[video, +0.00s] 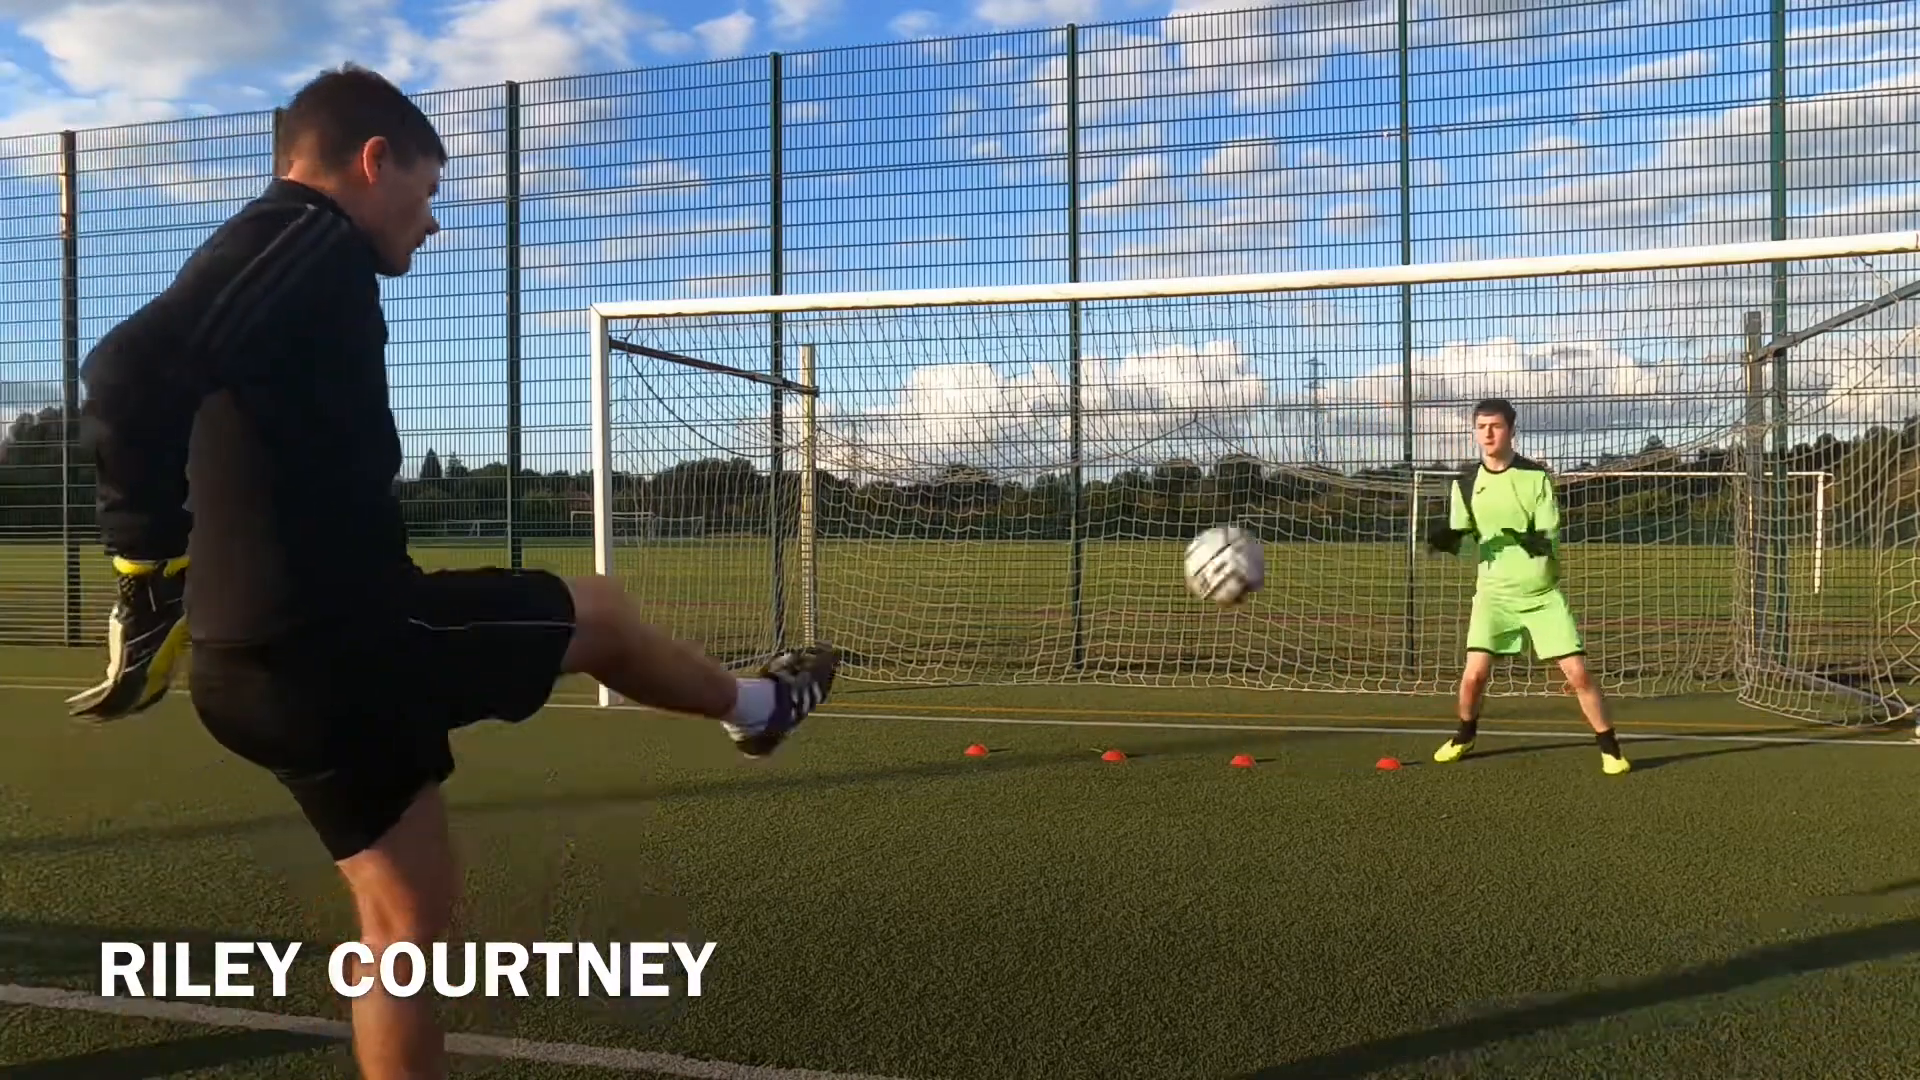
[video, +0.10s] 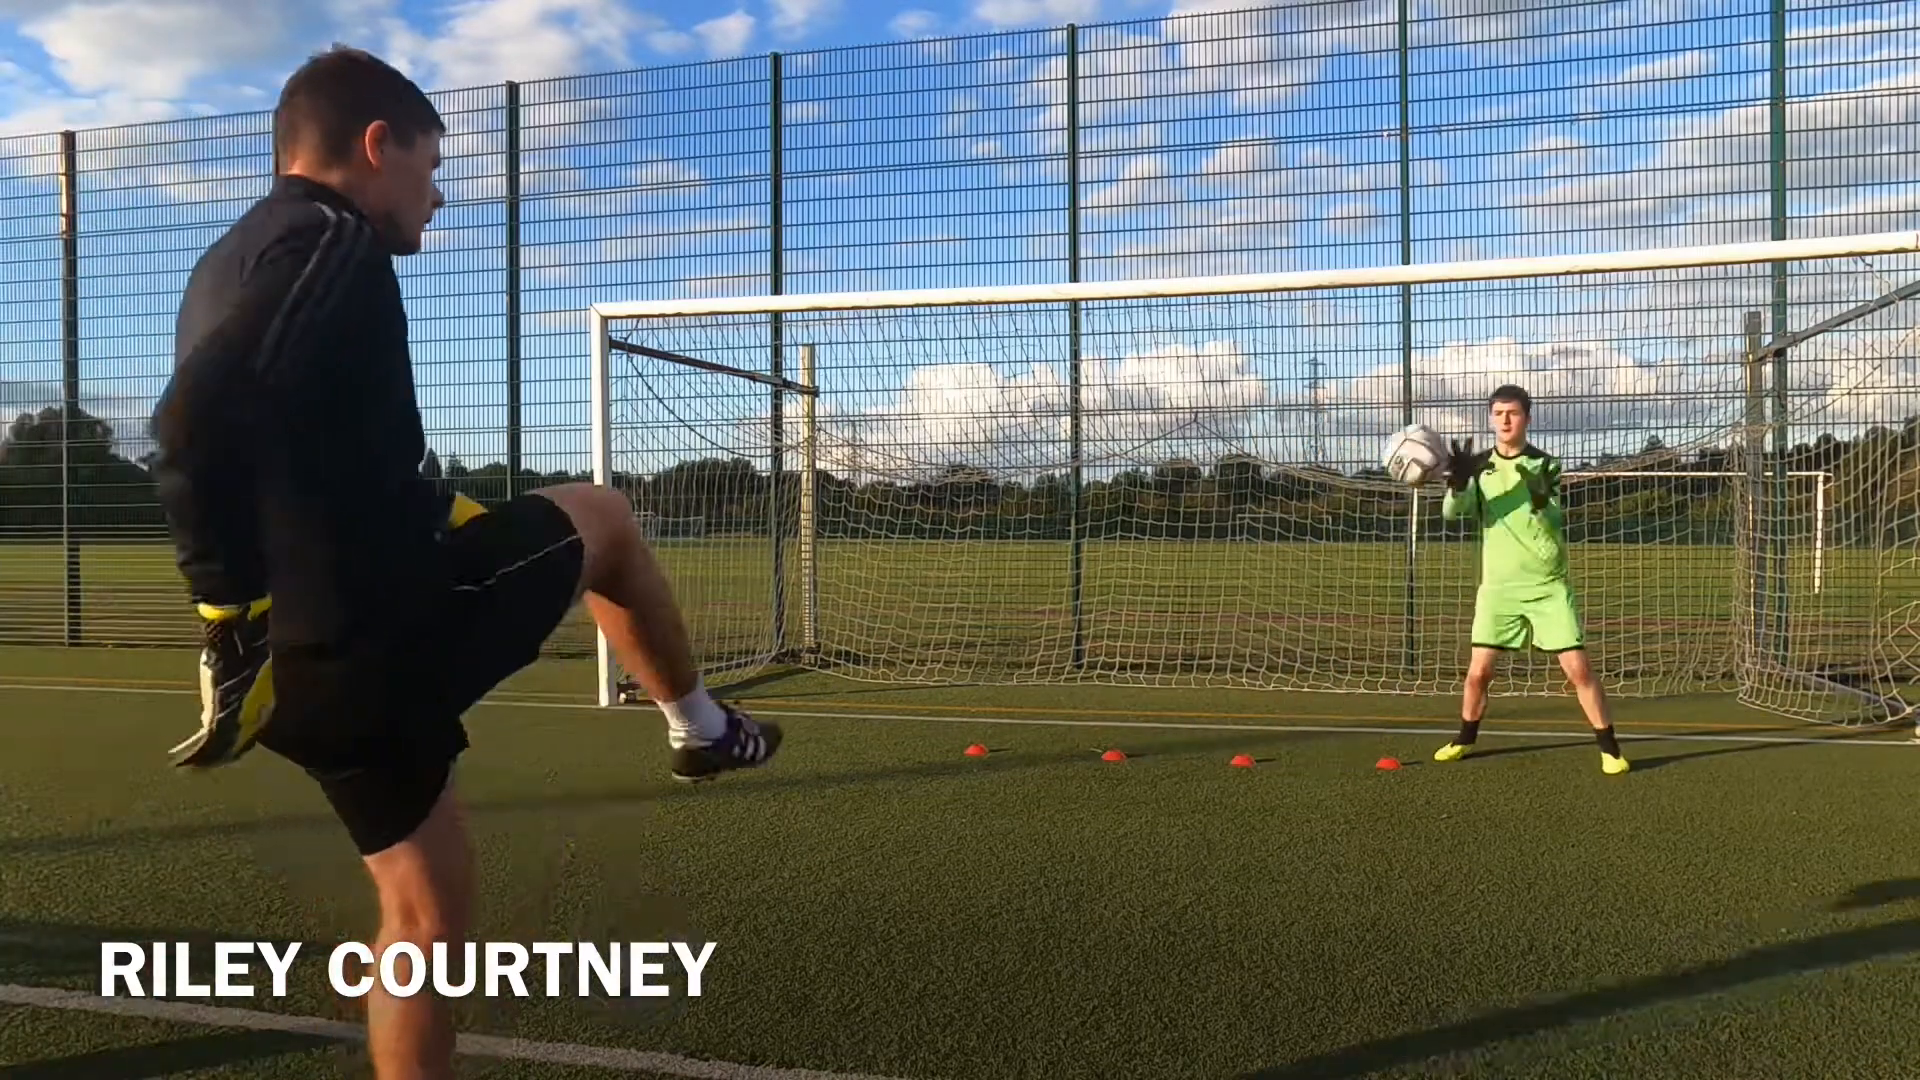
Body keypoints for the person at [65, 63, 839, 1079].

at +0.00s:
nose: (432, 219)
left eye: (434, 196)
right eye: (426, 189)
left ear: (339, 164)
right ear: (368, 162)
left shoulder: (272, 242)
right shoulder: (308, 235)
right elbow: (129, 369)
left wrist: (154, 579)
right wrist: (148, 556)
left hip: (252, 661)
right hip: (336, 643)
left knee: (406, 923)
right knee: (598, 613)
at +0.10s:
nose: (436, 197)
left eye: (437, 172)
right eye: (430, 168)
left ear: (324, 154)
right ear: (371, 146)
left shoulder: (233, 258)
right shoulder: (331, 238)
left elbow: (339, 463)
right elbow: (200, 421)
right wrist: (231, 613)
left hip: (311, 663)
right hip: (394, 632)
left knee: (422, 916)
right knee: (601, 516)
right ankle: (700, 725)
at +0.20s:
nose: (438, 153)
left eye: (438, 129)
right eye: (427, 125)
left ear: (302, 126)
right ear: (367, 116)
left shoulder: (228, 249)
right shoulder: (349, 231)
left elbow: (227, 460)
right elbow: (282, 446)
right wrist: (344, 655)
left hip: (290, 649)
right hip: (387, 631)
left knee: (410, 929)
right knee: (620, 552)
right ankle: (636, 826)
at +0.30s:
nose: (437, 133)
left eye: (437, 109)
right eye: (427, 107)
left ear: (291, 112)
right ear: (367, 103)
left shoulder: (222, 242)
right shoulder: (372, 232)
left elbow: (184, 456)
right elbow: (355, 453)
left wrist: (297, 538)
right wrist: (462, 644)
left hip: (280, 653)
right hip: (391, 635)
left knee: (386, 935)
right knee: (631, 680)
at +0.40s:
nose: (436, 131)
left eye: (437, 106)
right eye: (427, 102)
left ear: (291, 107)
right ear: (370, 95)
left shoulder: (209, 247)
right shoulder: (390, 234)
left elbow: (137, 457)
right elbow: (422, 466)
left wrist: (199, 574)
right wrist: (539, 606)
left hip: (264, 639)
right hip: (390, 628)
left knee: (379, 925)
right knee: (585, 840)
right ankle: (473, 1067)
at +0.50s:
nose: (432, 119)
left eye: (433, 94)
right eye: (425, 93)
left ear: (279, 98)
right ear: (371, 86)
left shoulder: (195, 246)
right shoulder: (401, 232)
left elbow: (84, 457)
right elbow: (474, 471)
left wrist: (72, 611)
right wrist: (603, 583)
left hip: (255, 659)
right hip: (390, 658)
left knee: (364, 950)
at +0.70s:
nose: (440, 84)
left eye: (434, 54)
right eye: (428, 52)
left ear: (274, 69)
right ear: (375, 52)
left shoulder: (163, 217)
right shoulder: (390, 205)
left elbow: (43, 424)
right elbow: (469, 468)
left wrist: (10, 623)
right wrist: (591, 543)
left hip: (188, 659)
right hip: (322, 664)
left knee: (311, 992)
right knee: (331, 1017)